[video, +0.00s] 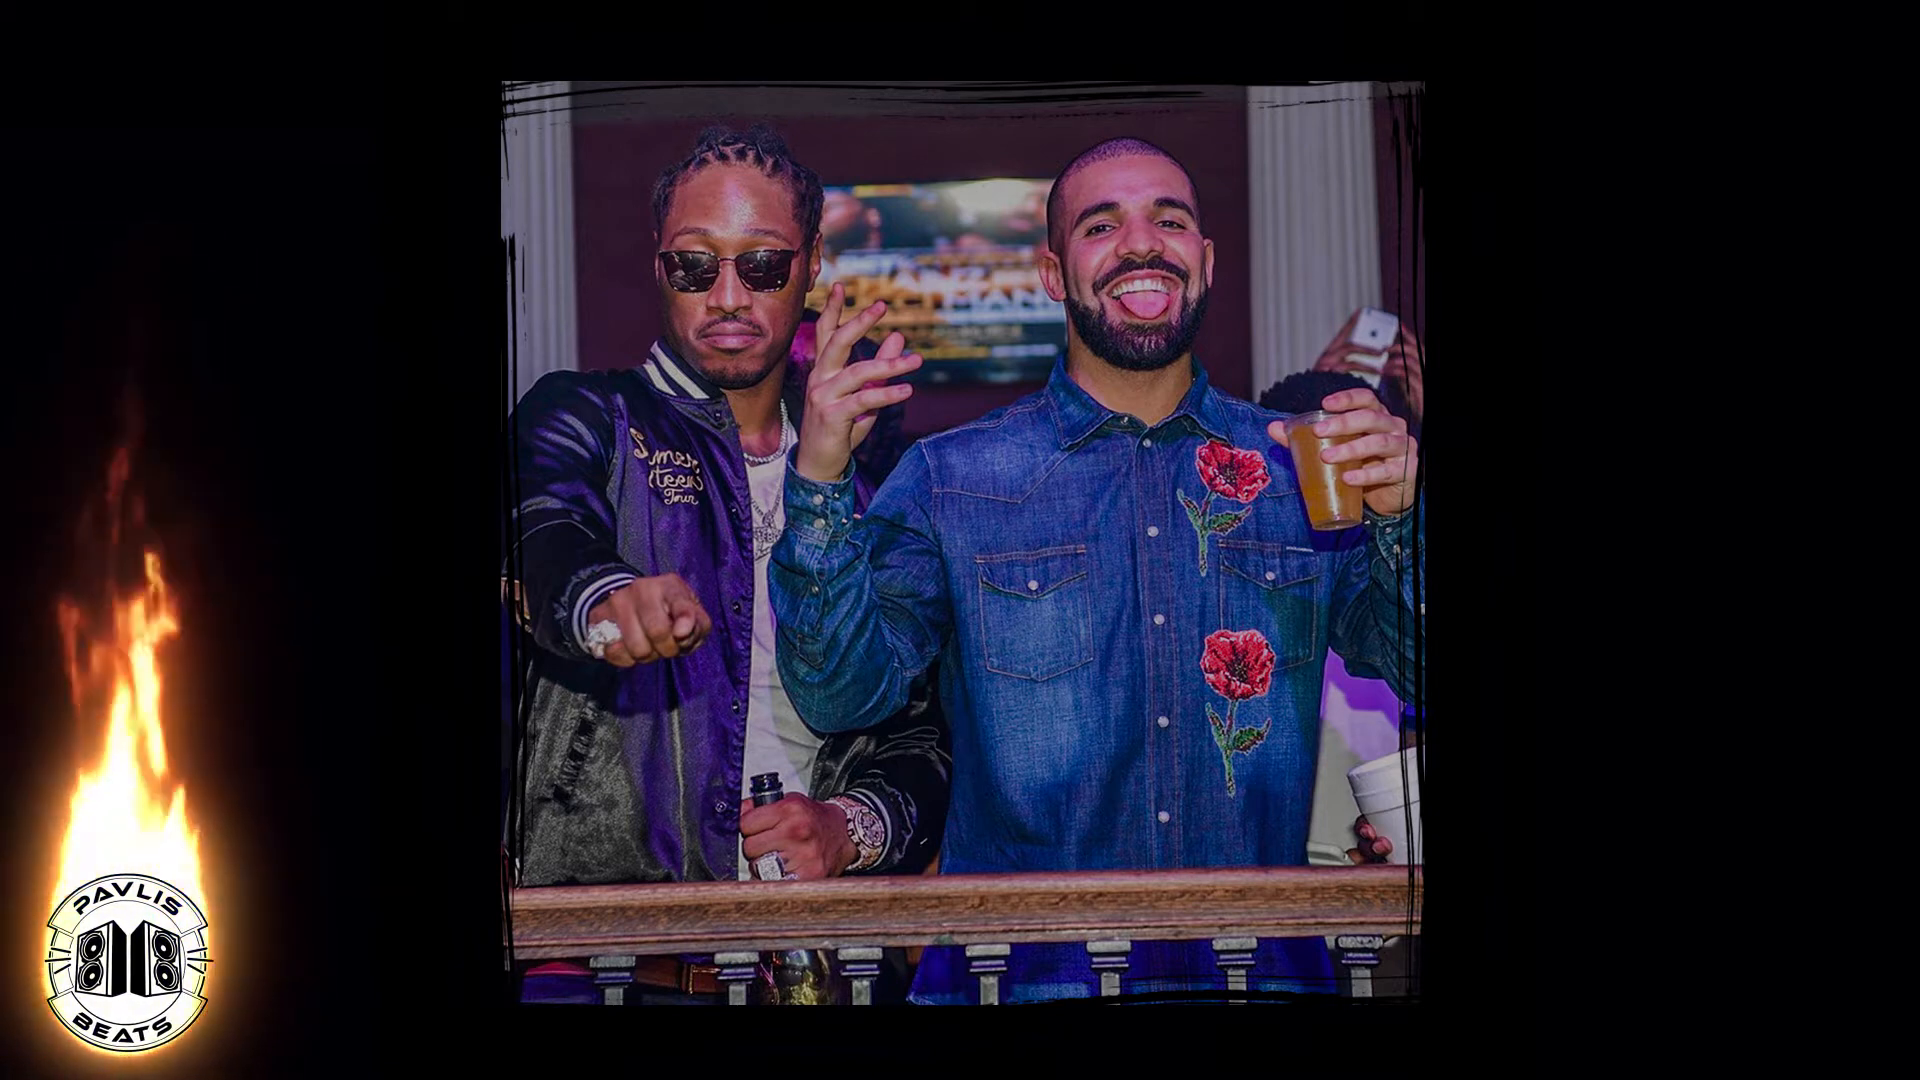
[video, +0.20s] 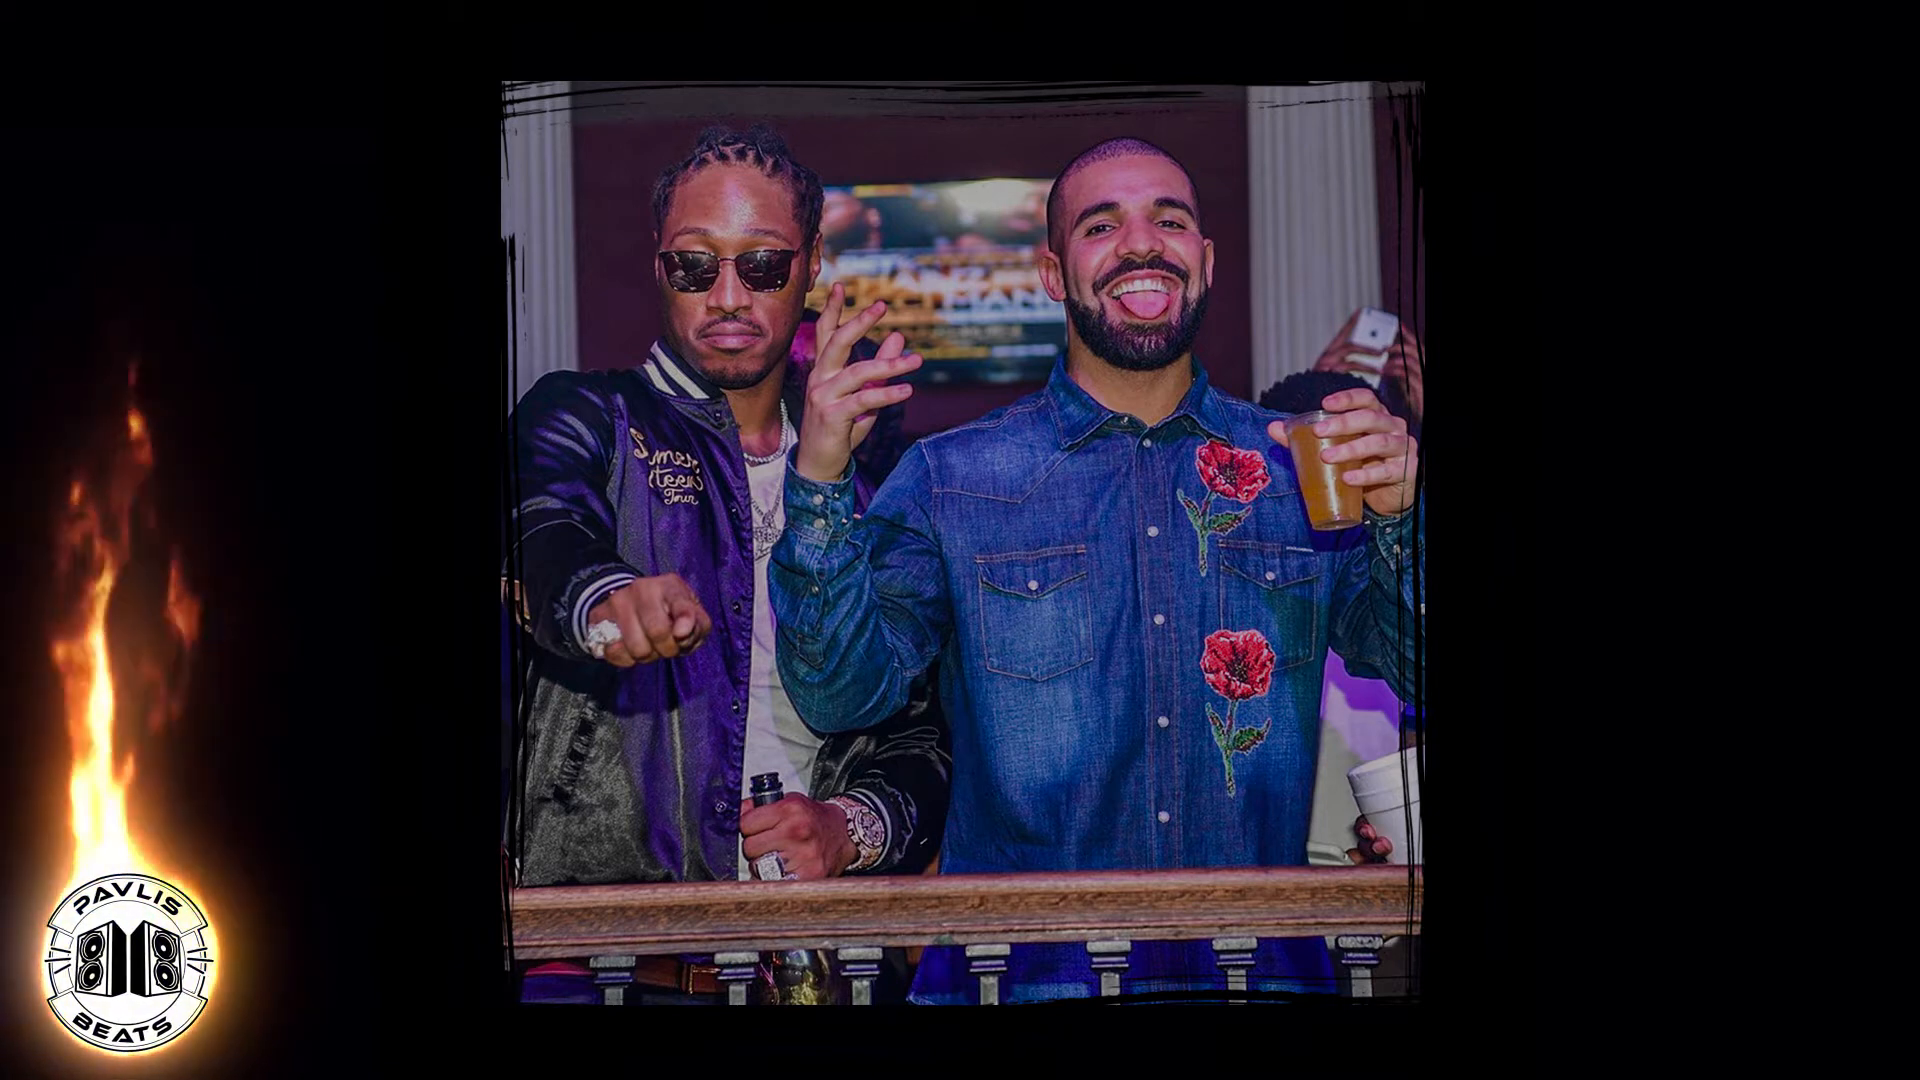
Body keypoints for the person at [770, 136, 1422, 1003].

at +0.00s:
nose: (1142, 242)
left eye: (1170, 219)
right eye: (1102, 225)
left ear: (1207, 259)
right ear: (1055, 273)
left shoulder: (1304, 469)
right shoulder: (945, 478)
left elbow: (1413, 673)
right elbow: (840, 692)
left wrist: (1402, 516)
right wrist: (818, 475)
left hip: (1255, 955)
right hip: (1022, 963)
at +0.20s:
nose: (1142, 242)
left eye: (1170, 219)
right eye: (1102, 225)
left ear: (1207, 259)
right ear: (1055, 273)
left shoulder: (1304, 469)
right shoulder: (945, 478)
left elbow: (1413, 673)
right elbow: (840, 692)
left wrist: (1402, 516)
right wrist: (818, 475)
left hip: (1255, 955)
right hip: (1022, 963)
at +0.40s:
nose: (1141, 242)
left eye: (1170, 219)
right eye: (1102, 225)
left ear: (1208, 259)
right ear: (1054, 273)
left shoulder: (1305, 468)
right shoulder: (945, 478)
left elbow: (1410, 671)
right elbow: (841, 692)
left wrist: (1401, 516)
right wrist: (818, 476)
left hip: (1256, 953)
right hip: (1022, 962)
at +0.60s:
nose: (1141, 242)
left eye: (1170, 219)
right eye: (1102, 225)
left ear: (1208, 259)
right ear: (1054, 273)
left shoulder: (1305, 469)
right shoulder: (945, 479)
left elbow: (1410, 670)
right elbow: (840, 692)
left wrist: (1402, 515)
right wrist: (818, 477)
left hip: (1256, 954)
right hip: (1022, 961)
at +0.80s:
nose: (1141, 243)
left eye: (1169, 220)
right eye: (1102, 225)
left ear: (1208, 258)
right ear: (1055, 272)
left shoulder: (1305, 469)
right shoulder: (945, 479)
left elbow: (1410, 670)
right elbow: (840, 693)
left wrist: (1402, 515)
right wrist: (818, 475)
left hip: (1255, 953)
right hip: (1020, 963)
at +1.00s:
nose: (1141, 243)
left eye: (1169, 220)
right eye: (1102, 225)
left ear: (1208, 258)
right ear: (1055, 272)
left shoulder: (1305, 469)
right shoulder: (945, 479)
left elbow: (1410, 671)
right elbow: (840, 693)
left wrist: (1402, 515)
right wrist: (818, 475)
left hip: (1255, 953)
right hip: (1020, 963)